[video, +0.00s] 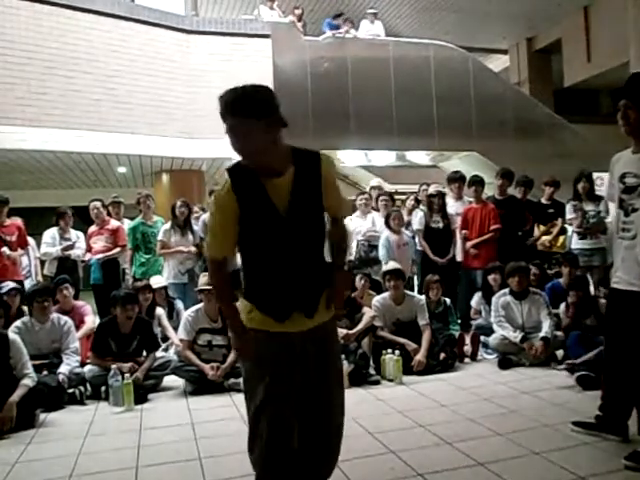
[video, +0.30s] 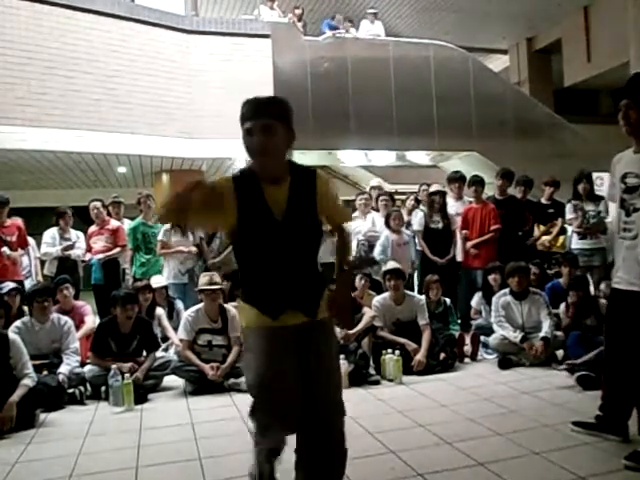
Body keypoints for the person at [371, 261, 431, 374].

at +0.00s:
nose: (393, 284)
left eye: (397, 279)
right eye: (389, 280)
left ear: (403, 281)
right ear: (385, 283)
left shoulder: (418, 300)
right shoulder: (378, 302)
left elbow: (426, 329)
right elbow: (378, 331)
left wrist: (422, 354)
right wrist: (405, 343)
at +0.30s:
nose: (393, 283)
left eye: (397, 279)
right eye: (389, 280)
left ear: (403, 281)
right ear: (385, 283)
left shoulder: (418, 300)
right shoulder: (378, 302)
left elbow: (426, 329)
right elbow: (379, 331)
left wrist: (422, 354)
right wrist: (405, 342)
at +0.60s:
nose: (393, 283)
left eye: (397, 279)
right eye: (389, 279)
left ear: (403, 281)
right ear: (385, 283)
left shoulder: (418, 300)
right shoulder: (378, 302)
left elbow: (426, 329)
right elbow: (378, 331)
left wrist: (422, 354)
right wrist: (405, 342)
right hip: (391, 337)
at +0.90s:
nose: (393, 283)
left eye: (397, 279)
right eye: (389, 280)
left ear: (403, 281)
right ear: (385, 283)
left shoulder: (418, 300)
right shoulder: (378, 302)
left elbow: (426, 329)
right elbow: (379, 331)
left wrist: (422, 354)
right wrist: (405, 342)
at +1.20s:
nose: (393, 283)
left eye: (397, 279)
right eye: (389, 280)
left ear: (404, 282)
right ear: (385, 283)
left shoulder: (418, 300)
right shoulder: (379, 302)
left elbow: (426, 329)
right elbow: (379, 330)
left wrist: (422, 354)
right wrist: (405, 342)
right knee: (377, 340)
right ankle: (382, 373)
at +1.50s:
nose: (393, 284)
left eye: (397, 280)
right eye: (389, 280)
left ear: (404, 282)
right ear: (385, 283)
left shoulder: (418, 300)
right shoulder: (379, 302)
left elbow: (426, 329)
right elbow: (379, 331)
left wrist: (422, 354)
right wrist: (405, 342)